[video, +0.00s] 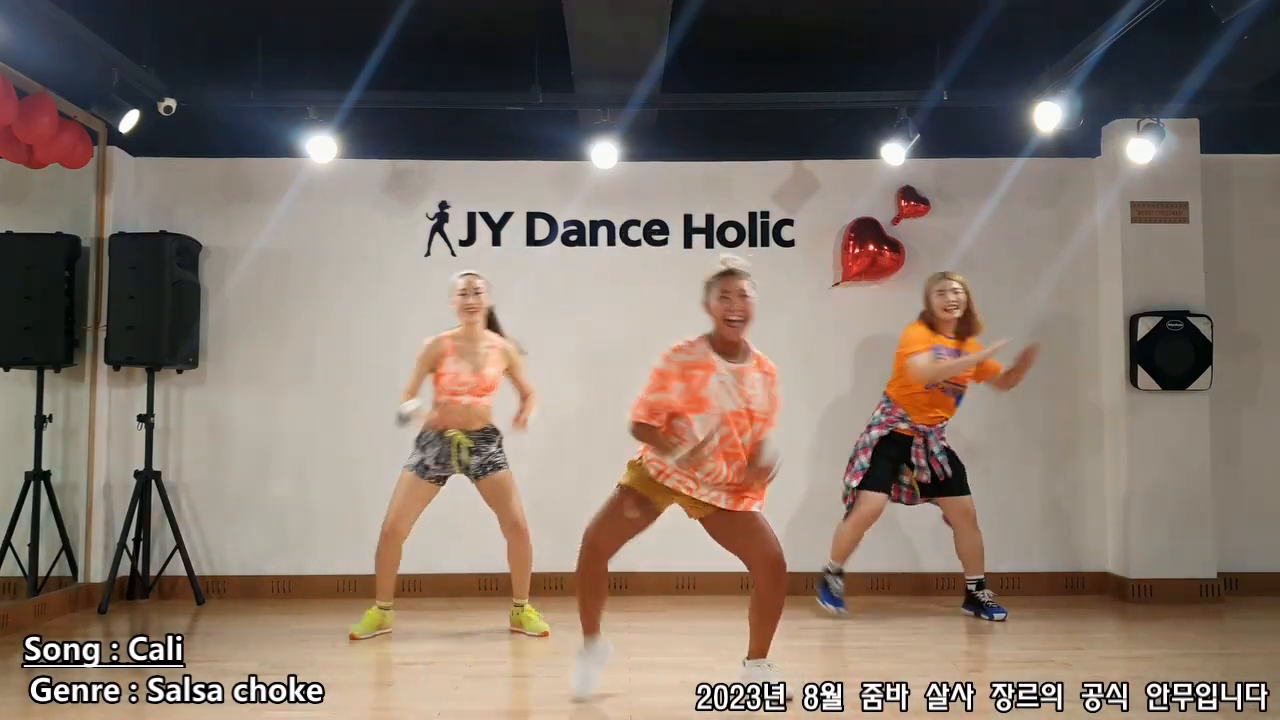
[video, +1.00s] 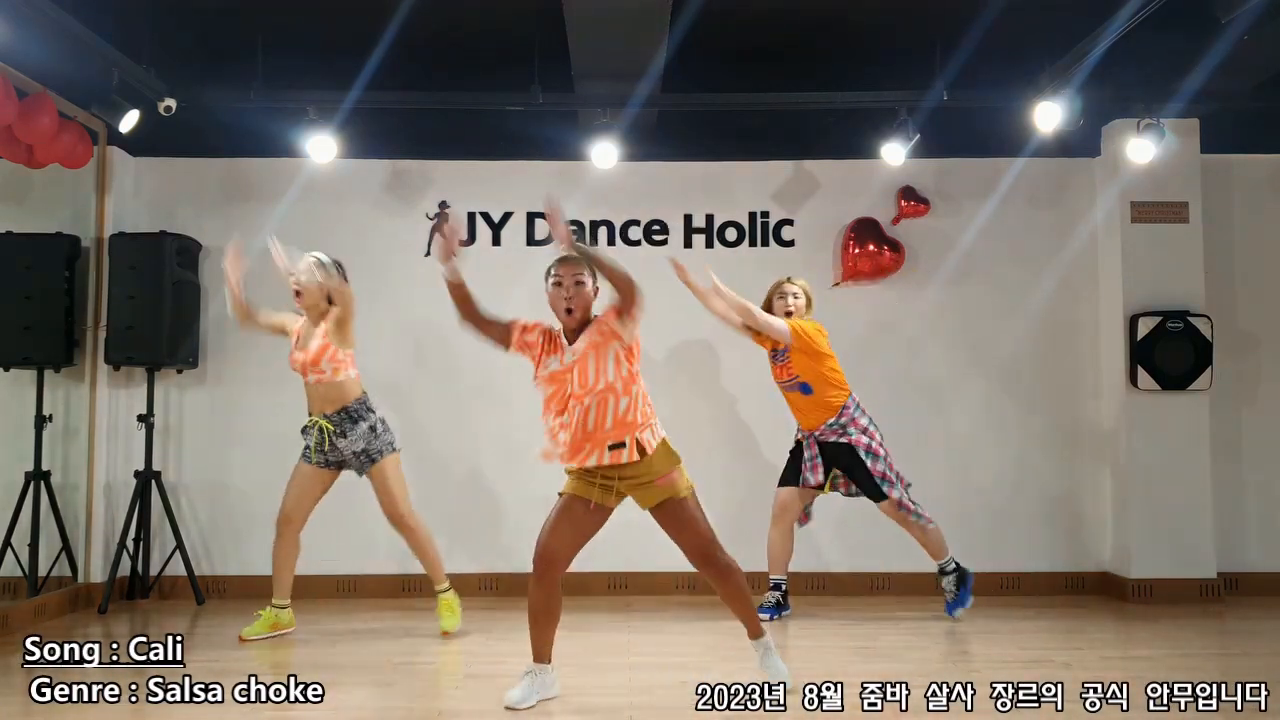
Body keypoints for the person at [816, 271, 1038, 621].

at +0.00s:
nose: (950, 298)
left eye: (956, 292)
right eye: (941, 293)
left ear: (966, 300)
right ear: (928, 301)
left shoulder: (970, 347)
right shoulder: (916, 335)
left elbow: (1002, 382)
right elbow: (920, 374)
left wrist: (1021, 366)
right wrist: (970, 361)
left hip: (931, 438)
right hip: (892, 432)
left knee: (963, 512)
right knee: (870, 506)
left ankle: (976, 592)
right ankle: (831, 575)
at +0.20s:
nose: (903, 290)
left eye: (910, 285)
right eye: (895, 285)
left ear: (920, 294)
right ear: (882, 294)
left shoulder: (928, 341)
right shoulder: (864, 331)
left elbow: (959, 391)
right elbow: (824, 365)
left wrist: (938, 368)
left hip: (904, 434)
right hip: (862, 433)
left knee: (938, 511)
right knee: (848, 515)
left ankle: (959, 586)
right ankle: (839, 592)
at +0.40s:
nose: (867, 289)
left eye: (873, 283)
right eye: (859, 284)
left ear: (885, 292)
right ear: (847, 294)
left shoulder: (895, 329)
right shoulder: (833, 329)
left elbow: (923, 335)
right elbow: (788, 336)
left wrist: (894, 305)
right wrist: (799, 313)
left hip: (881, 428)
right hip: (838, 427)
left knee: (878, 510)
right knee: (822, 505)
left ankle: (879, 594)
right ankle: (832, 588)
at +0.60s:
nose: (822, 291)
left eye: (829, 285)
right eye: (815, 287)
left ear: (842, 292)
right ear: (806, 295)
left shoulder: (860, 330)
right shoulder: (798, 339)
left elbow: (889, 364)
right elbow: (764, 385)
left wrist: (849, 361)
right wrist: (775, 362)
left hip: (861, 432)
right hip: (819, 433)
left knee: (874, 517)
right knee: (789, 507)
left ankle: (880, 595)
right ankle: (776, 590)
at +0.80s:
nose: (795, 297)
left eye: (801, 292)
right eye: (786, 293)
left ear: (811, 301)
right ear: (773, 306)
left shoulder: (819, 333)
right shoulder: (767, 346)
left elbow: (790, 347)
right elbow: (729, 358)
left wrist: (750, 323)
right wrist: (718, 336)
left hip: (849, 433)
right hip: (807, 439)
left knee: (893, 508)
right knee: (781, 508)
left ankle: (919, 571)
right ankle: (776, 592)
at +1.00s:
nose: (788, 299)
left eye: (796, 295)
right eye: (781, 295)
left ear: (806, 308)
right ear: (771, 307)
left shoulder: (809, 333)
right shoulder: (772, 340)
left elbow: (755, 317)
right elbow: (731, 317)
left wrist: (719, 287)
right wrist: (695, 286)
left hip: (848, 433)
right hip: (811, 440)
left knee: (895, 507)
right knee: (783, 507)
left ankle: (951, 571)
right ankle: (777, 595)